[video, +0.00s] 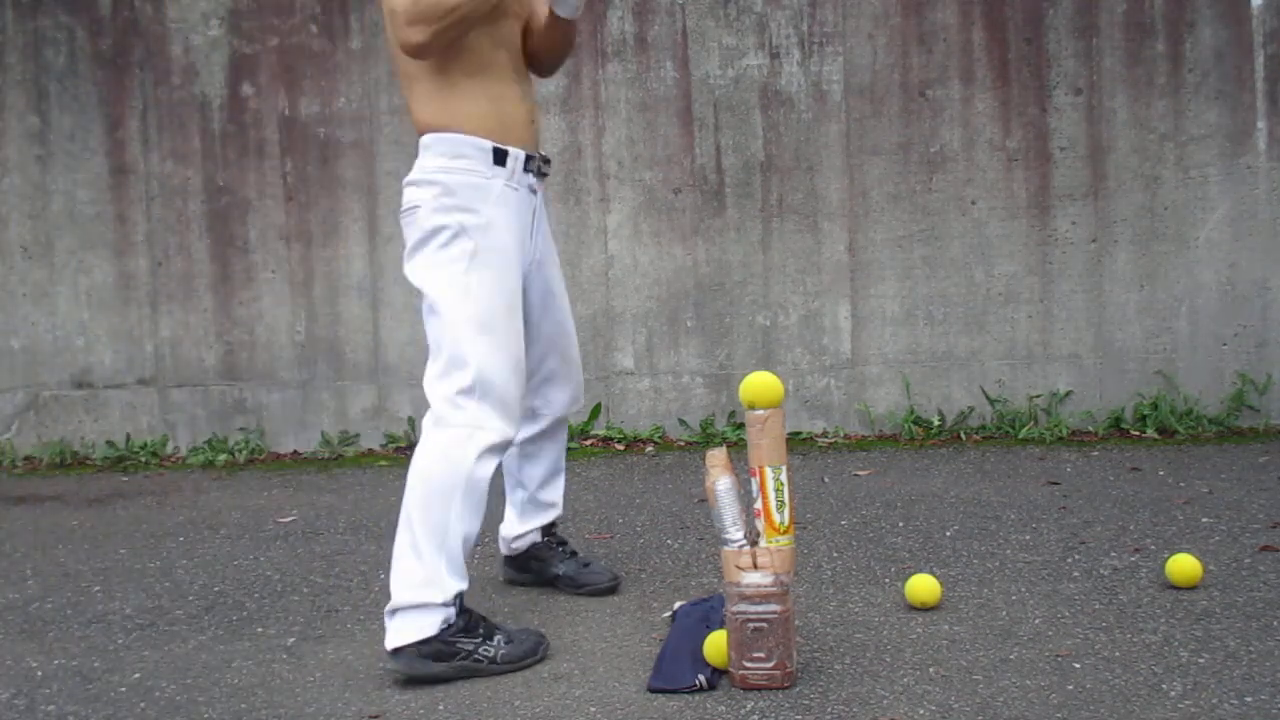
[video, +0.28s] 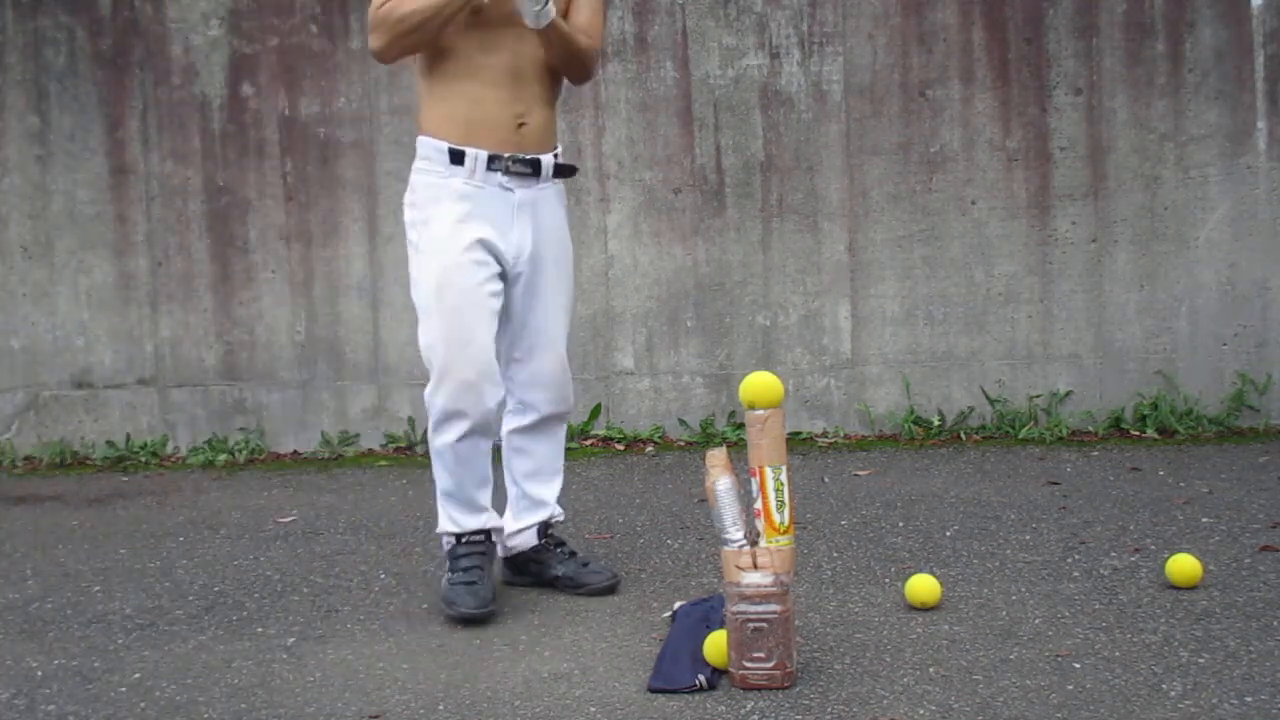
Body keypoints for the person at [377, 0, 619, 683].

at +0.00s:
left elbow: (541, 58)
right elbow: (415, 31)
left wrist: (564, 8)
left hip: (523, 186)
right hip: (463, 182)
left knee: (549, 380)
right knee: (474, 400)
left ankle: (530, 538)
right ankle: (423, 623)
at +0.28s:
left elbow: (583, 66)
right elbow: (384, 37)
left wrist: (543, 17)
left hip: (542, 191)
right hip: (453, 188)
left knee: (542, 380)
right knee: (464, 379)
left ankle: (531, 538)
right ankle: (467, 542)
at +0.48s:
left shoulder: (575, 1)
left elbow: (577, 66)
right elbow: (371, 58)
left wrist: (499, 25)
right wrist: (429, 8)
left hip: (545, 192)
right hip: (452, 193)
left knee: (545, 371)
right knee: (452, 371)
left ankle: (532, 537)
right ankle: (461, 518)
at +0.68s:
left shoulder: (567, 2)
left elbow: (557, 75)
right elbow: (369, 75)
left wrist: (466, 48)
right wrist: (405, 35)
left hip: (545, 196)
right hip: (452, 200)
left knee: (576, 374)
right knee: (455, 383)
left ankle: (575, 524)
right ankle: (462, 521)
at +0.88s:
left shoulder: (578, 1)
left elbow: (567, 76)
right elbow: (381, 70)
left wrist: (466, 49)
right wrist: (411, 38)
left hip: (555, 195)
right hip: (465, 200)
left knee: (610, 359)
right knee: (461, 379)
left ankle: (663, 500)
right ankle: (462, 519)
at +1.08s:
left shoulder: (621, 3)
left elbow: (608, 75)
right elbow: (441, 78)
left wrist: (507, 45)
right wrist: (460, 38)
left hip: (592, 201)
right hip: (502, 202)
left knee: (641, 362)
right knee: (477, 378)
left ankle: (687, 506)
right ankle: (465, 517)